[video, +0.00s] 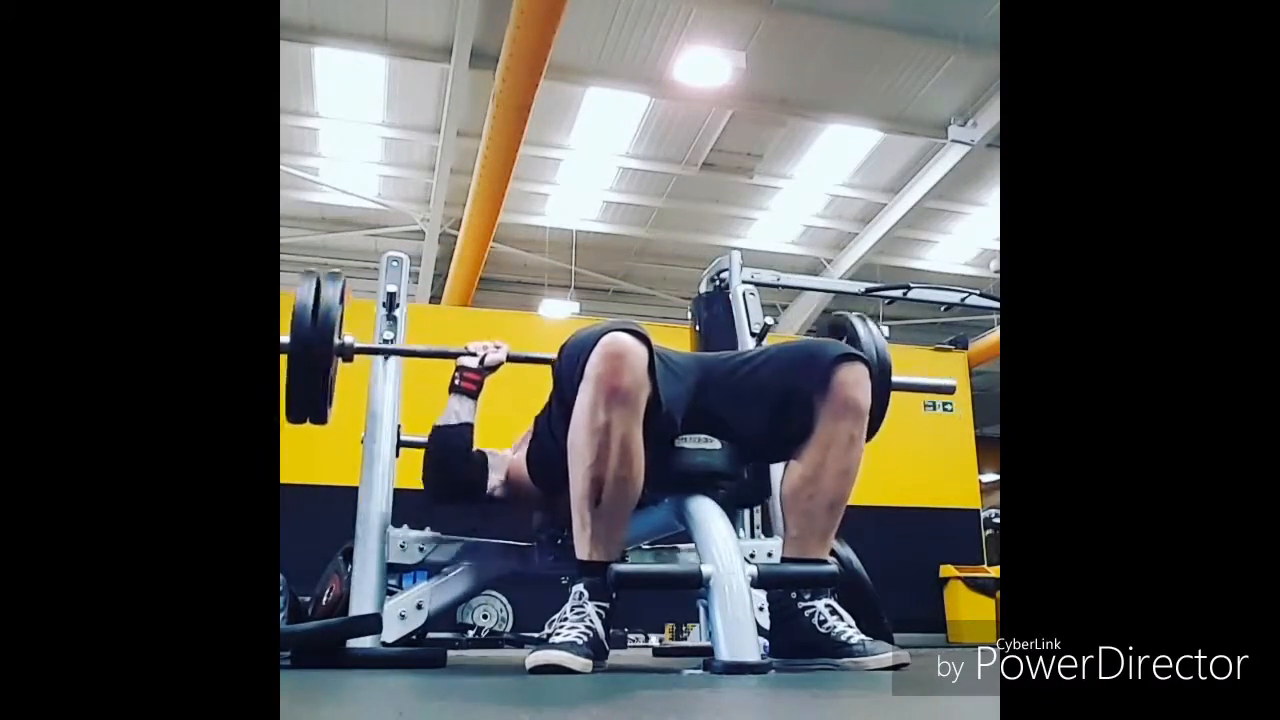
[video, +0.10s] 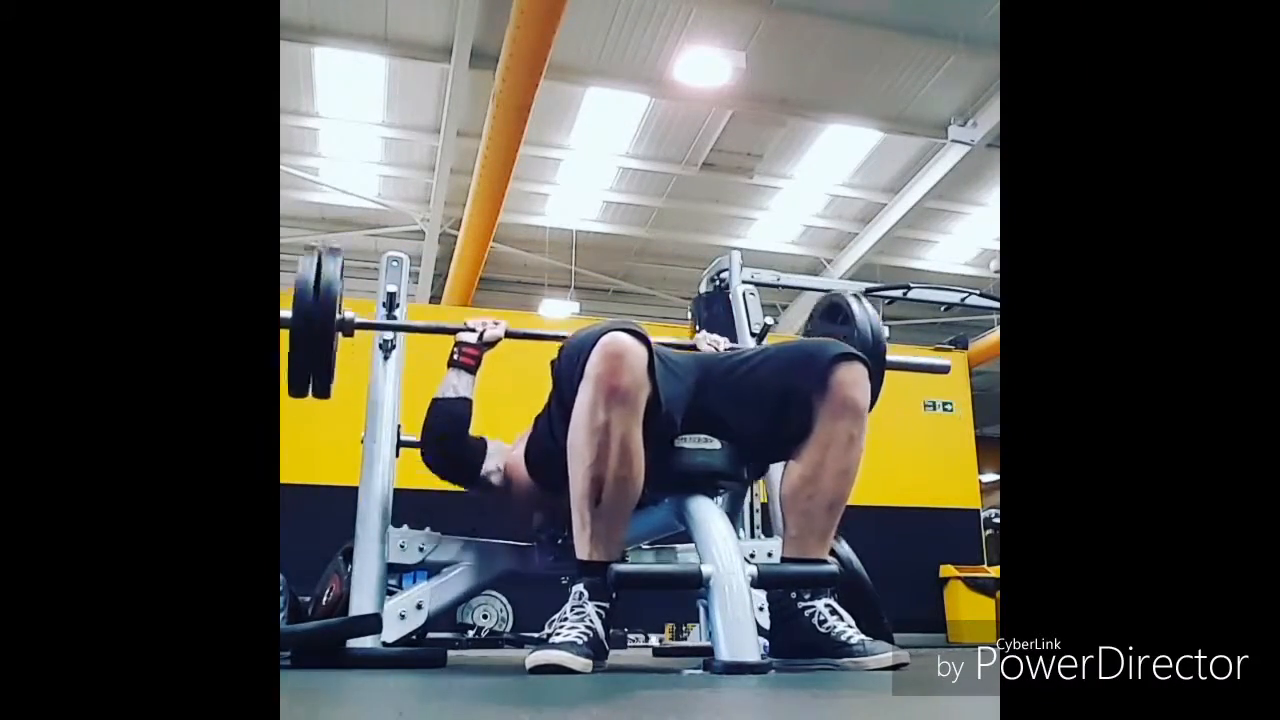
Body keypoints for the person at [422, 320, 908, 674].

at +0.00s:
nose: (481, 460)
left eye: (478, 462)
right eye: (482, 476)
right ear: (496, 493)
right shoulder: (528, 480)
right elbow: (447, 479)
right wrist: (465, 384)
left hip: (700, 373)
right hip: (625, 357)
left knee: (847, 376)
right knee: (617, 357)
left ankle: (801, 607)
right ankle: (588, 606)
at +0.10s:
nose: (490, 456)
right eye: (491, 472)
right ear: (503, 481)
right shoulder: (526, 462)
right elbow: (442, 445)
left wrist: (716, 356)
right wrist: (466, 356)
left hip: (704, 379)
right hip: (631, 362)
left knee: (844, 374)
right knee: (617, 354)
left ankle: (800, 608)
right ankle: (588, 604)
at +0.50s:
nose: (499, 435)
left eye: (501, 434)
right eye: (494, 437)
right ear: (503, 459)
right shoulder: (526, 468)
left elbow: (724, 375)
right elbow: (473, 375)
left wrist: (711, 300)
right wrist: (468, 279)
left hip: (703, 383)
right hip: (626, 363)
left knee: (837, 373)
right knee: (614, 351)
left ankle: (798, 607)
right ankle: (585, 606)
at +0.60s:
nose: (498, 437)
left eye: (499, 436)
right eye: (495, 441)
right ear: (506, 463)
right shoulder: (525, 464)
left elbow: (727, 377)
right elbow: (468, 377)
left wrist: (711, 303)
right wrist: (467, 278)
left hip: (703, 380)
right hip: (628, 361)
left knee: (841, 373)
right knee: (612, 351)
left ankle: (799, 606)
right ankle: (586, 606)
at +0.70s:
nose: (497, 439)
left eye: (500, 437)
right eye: (491, 448)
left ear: (527, 434)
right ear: (496, 465)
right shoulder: (517, 475)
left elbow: (725, 398)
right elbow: (452, 396)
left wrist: (716, 330)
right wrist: (467, 298)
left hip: (702, 386)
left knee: (844, 377)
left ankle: (801, 611)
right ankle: (584, 607)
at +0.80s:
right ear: (503, 472)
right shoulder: (510, 466)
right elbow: (442, 428)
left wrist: (720, 357)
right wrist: (465, 337)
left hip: (710, 389)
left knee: (844, 377)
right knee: (618, 355)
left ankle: (799, 610)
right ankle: (587, 607)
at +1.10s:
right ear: (499, 502)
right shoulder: (525, 481)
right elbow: (453, 502)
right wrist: (467, 407)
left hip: (704, 376)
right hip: (628, 360)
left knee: (848, 374)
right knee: (620, 356)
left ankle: (801, 607)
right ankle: (586, 607)